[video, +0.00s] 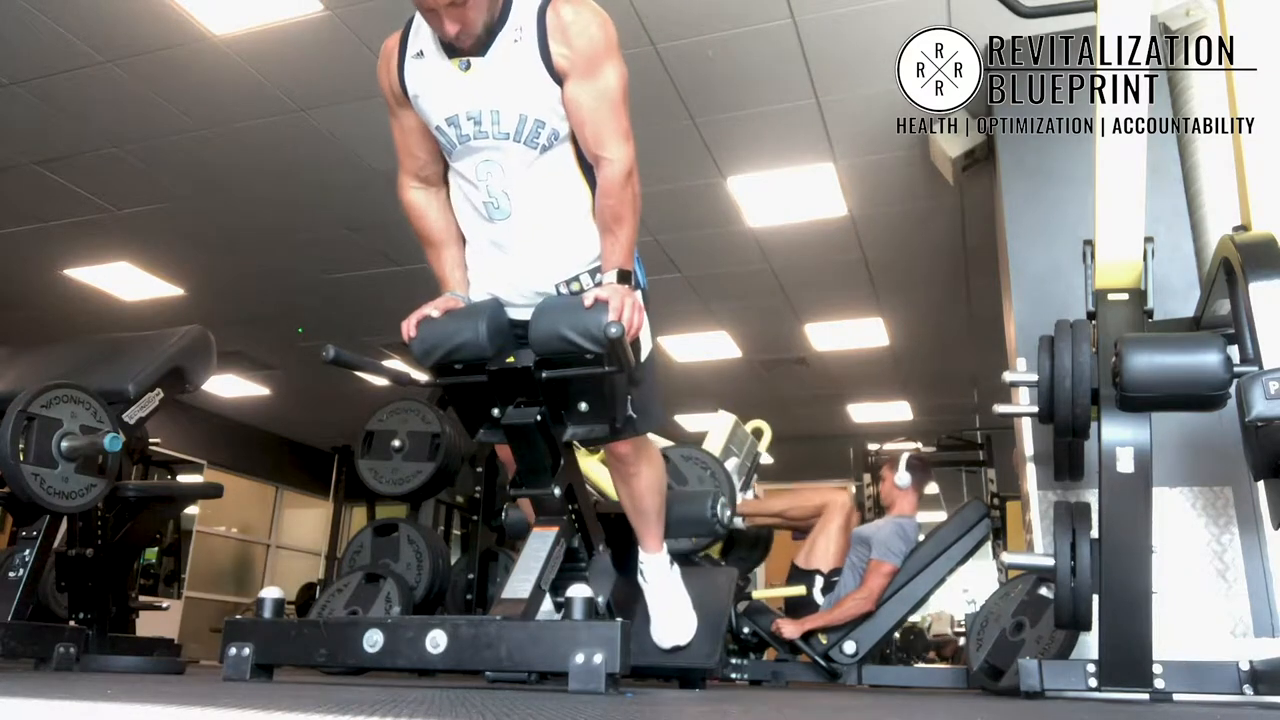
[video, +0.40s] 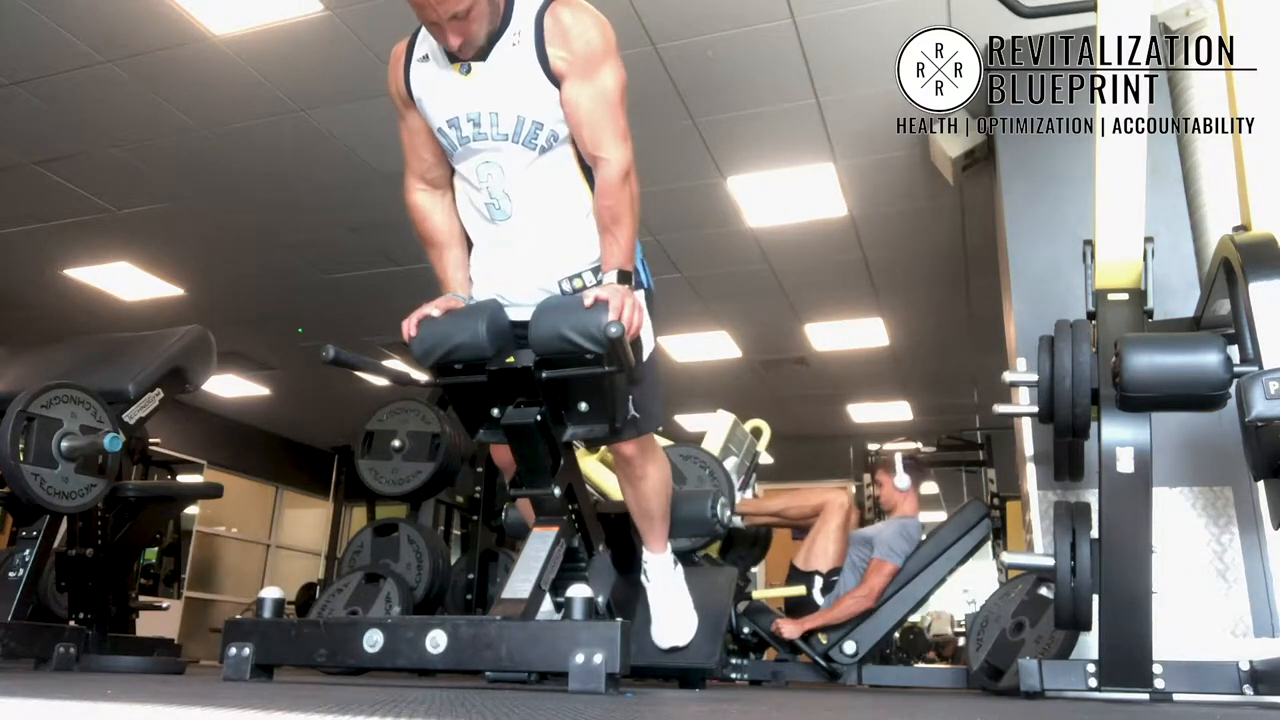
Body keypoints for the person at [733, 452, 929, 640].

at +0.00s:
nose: (879, 488)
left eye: (883, 480)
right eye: (880, 480)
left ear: (901, 481)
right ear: (905, 483)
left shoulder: (895, 530)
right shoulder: (896, 525)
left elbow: (867, 599)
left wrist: (801, 625)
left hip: (814, 606)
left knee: (840, 499)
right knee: (848, 510)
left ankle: (734, 507)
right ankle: (749, 513)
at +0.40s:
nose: (877, 493)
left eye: (880, 485)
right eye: (876, 485)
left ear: (902, 483)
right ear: (901, 484)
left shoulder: (900, 530)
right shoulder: (897, 526)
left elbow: (866, 597)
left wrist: (801, 625)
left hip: (813, 603)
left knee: (839, 498)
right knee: (850, 511)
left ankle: (732, 506)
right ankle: (746, 515)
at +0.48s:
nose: (877, 494)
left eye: (880, 485)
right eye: (877, 486)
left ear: (901, 483)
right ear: (901, 484)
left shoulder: (899, 530)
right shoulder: (898, 526)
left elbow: (866, 597)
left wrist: (801, 625)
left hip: (814, 604)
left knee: (836, 499)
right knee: (840, 499)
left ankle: (731, 504)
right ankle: (741, 511)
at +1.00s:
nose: (871, 493)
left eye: (875, 485)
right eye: (871, 486)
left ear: (897, 482)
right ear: (897, 484)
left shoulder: (895, 530)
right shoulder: (899, 527)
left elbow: (865, 597)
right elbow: (865, 593)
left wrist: (802, 625)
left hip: (812, 606)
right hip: (817, 600)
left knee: (798, 497)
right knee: (800, 502)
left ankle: (696, 475)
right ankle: (716, 487)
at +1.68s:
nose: (870, 494)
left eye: (872, 485)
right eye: (869, 486)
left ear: (894, 483)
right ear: (895, 483)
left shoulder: (894, 527)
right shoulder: (899, 525)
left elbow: (864, 592)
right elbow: (865, 591)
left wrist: (803, 625)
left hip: (813, 602)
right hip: (816, 596)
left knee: (754, 510)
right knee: (756, 513)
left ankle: (672, 461)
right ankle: (680, 465)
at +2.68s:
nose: (903, 471)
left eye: (911, 469)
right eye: (909, 467)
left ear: (919, 485)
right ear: (924, 493)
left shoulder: (893, 526)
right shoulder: (903, 527)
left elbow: (864, 591)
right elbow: (866, 591)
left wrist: (800, 623)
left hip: (809, 607)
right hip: (815, 602)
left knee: (761, 505)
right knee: (767, 510)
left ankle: (676, 460)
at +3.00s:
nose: (918, 479)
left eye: (926, 479)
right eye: (925, 476)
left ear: (930, 496)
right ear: (931, 503)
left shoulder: (898, 526)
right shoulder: (903, 526)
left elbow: (864, 593)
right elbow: (864, 591)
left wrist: (801, 624)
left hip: (812, 604)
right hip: (817, 600)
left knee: (794, 499)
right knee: (793, 500)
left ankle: (699, 474)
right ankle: (711, 476)